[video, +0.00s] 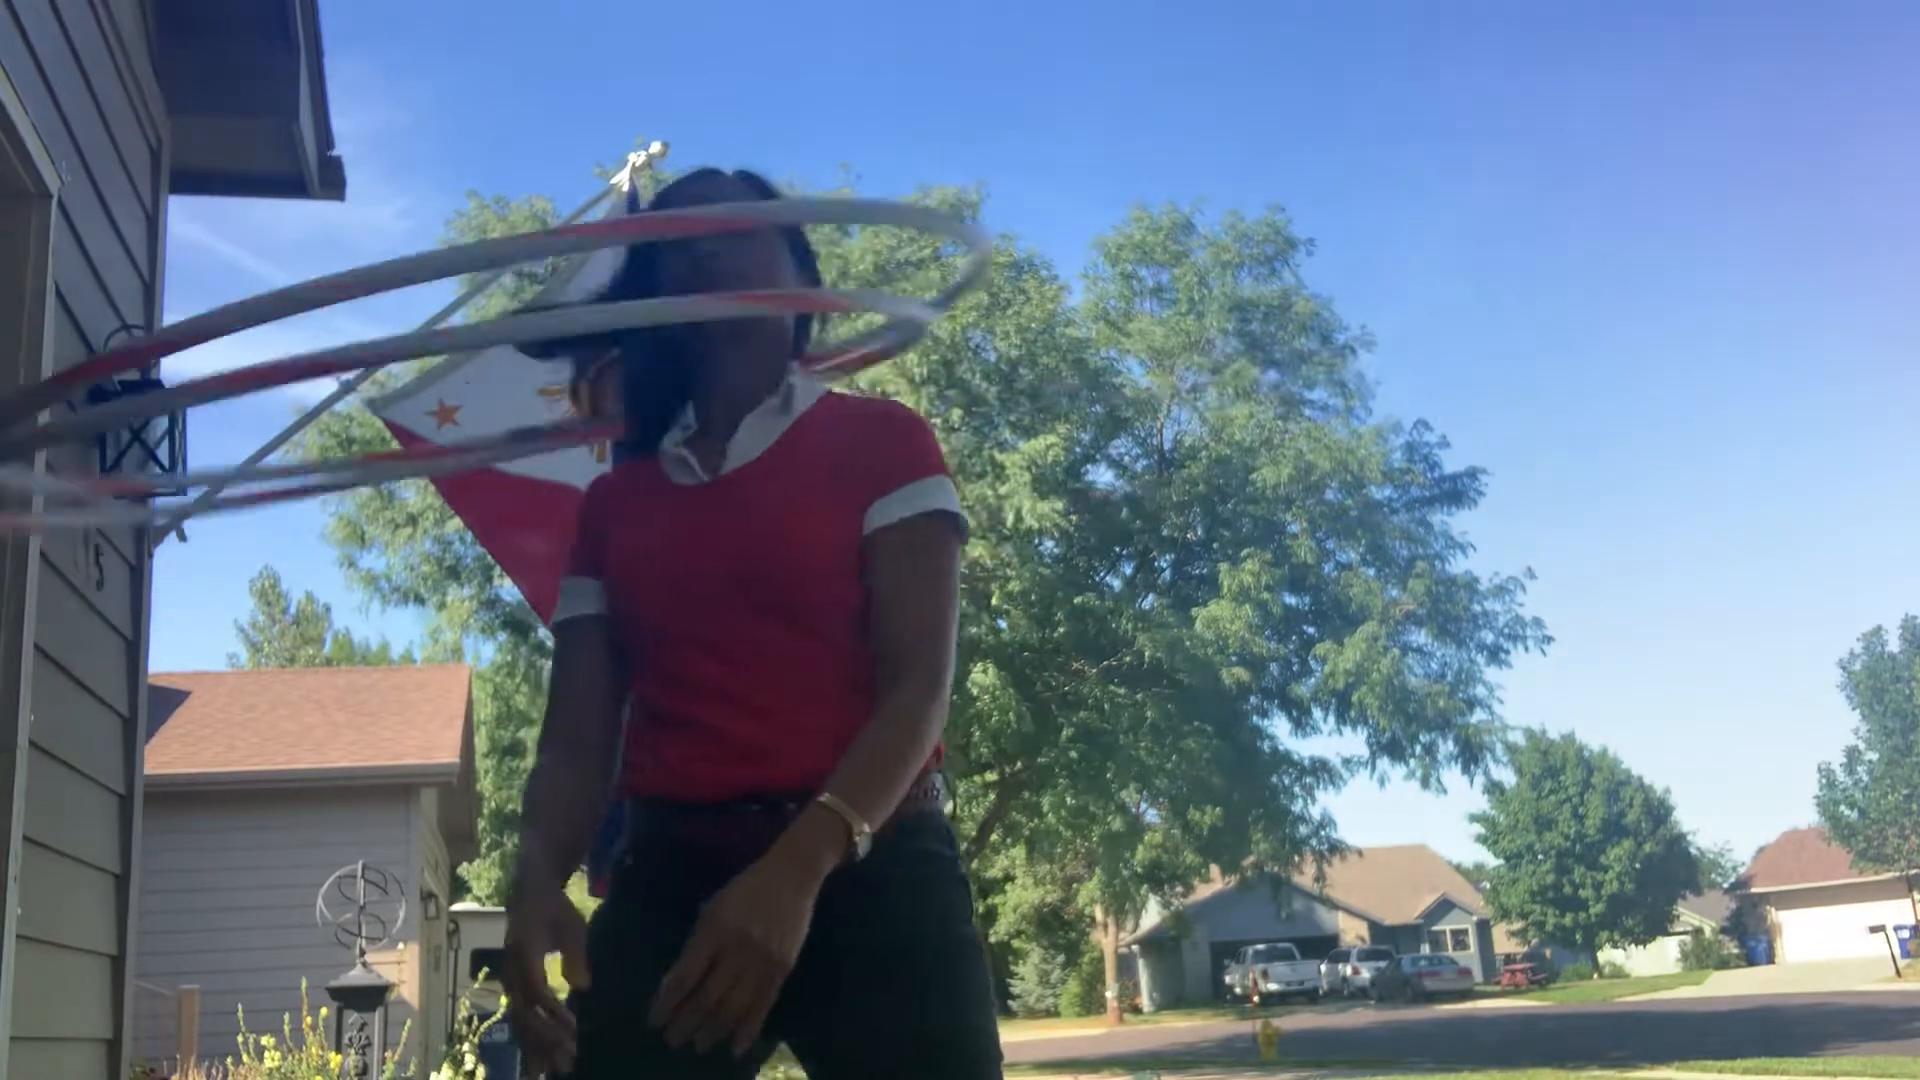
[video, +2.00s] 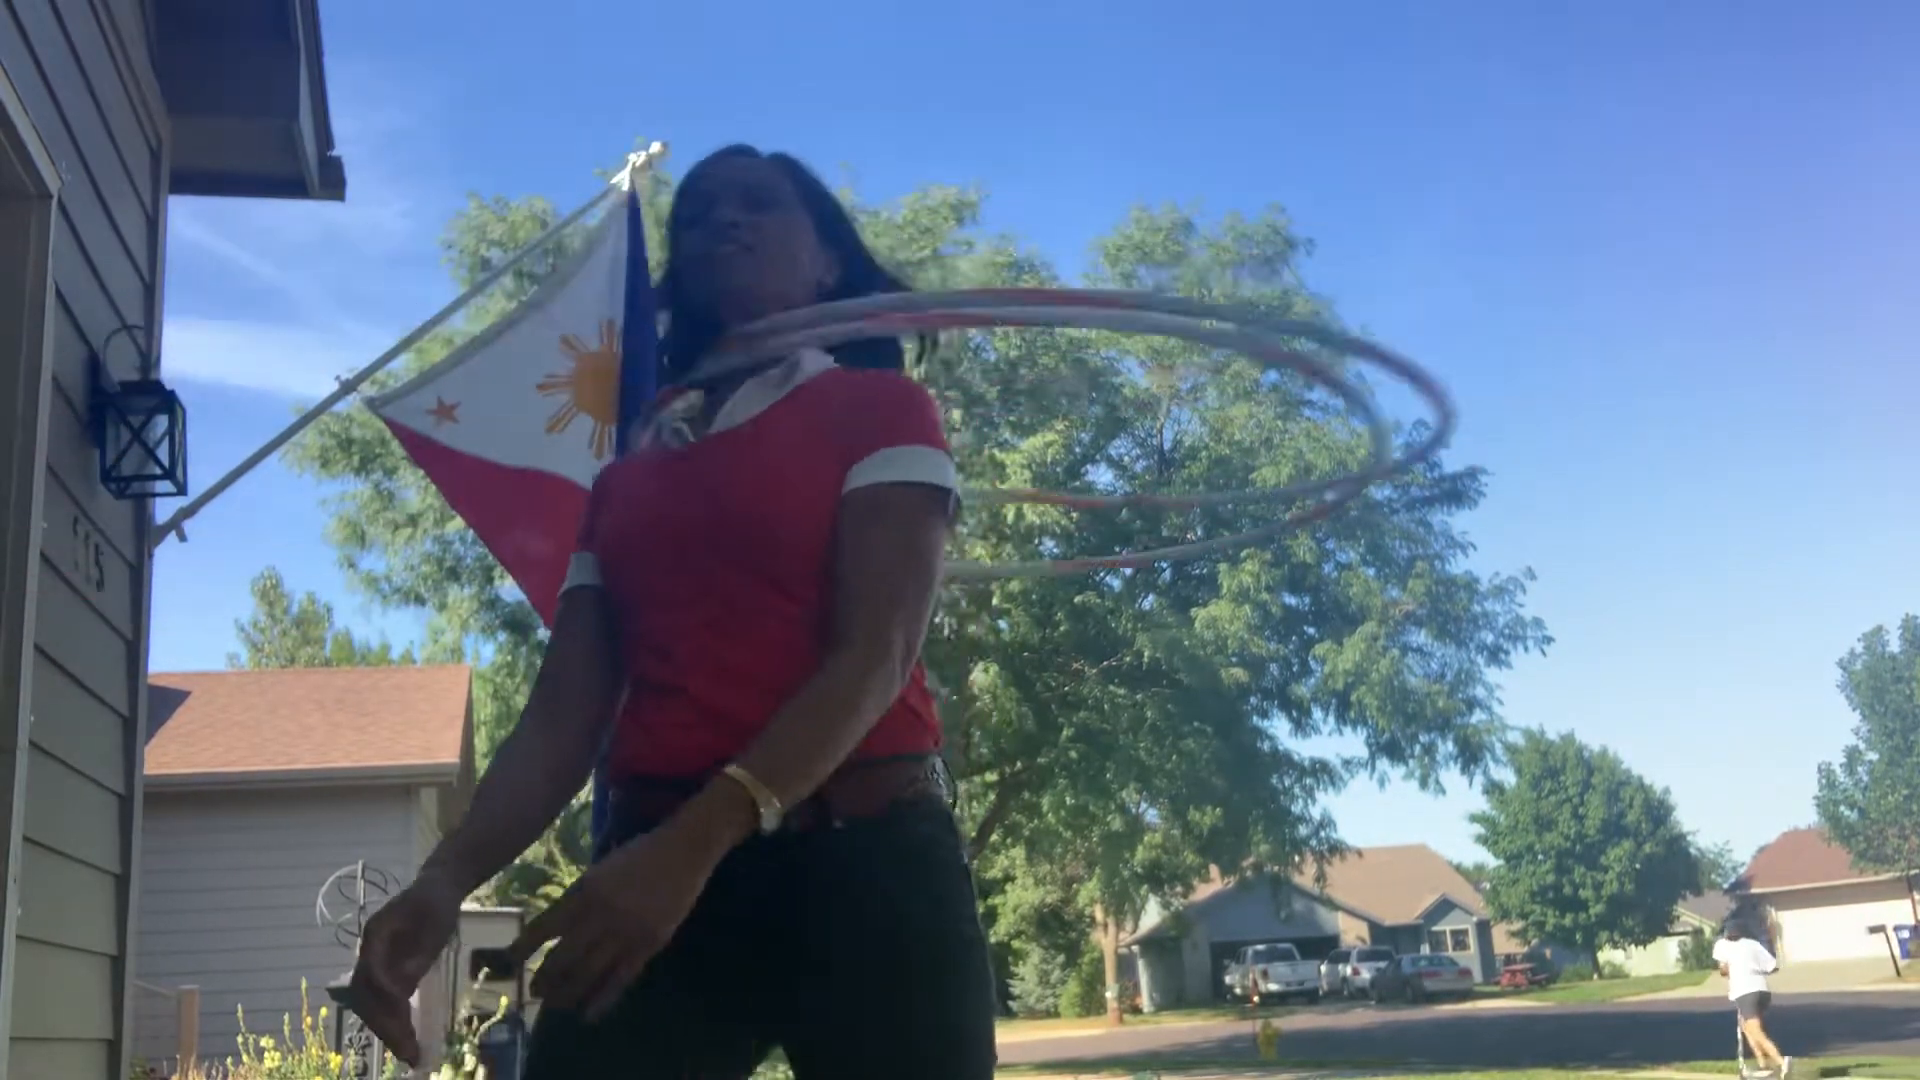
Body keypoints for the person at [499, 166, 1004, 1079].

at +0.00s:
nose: (725, 256)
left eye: (750, 236)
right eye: (695, 241)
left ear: (802, 285)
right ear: (658, 290)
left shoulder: (880, 438)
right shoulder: (616, 501)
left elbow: (918, 690)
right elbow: (576, 734)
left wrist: (800, 863)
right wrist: (538, 883)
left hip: (873, 874)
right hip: (669, 884)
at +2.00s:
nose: (722, 222)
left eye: (759, 204)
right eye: (698, 217)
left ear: (829, 261)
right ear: (673, 280)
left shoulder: (874, 402)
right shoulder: (626, 471)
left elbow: (875, 656)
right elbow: (563, 711)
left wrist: (695, 840)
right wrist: (442, 887)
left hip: (866, 861)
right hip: (653, 877)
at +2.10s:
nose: (666, 215)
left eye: (704, 196)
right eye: (639, 214)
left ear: (776, 257)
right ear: (621, 281)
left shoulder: (831, 384)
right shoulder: (592, 488)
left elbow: (886, 664)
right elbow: (544, 738)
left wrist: (729, 869)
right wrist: (429, 916)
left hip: (857, 861)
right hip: (649, 877)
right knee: (570, 1062)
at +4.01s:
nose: (791, 237)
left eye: (831, 215)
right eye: (772, 229)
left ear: (905, 272)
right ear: (754, 287)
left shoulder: (951, 444)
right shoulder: (679, 478)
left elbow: (948, 704)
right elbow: (595, 689)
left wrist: (745, 837)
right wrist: (509, 845)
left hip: (884, 867)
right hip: (675, 875)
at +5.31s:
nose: (720, 213)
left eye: (760, 195)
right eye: (700, 213)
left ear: (837, 257)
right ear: (685, 275)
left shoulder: (866, 409)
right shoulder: (616, 465)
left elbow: (856, 686)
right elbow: (547, 712)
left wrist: (632, 869)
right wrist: (431, 915)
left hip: (834, 874)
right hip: (617, 893)